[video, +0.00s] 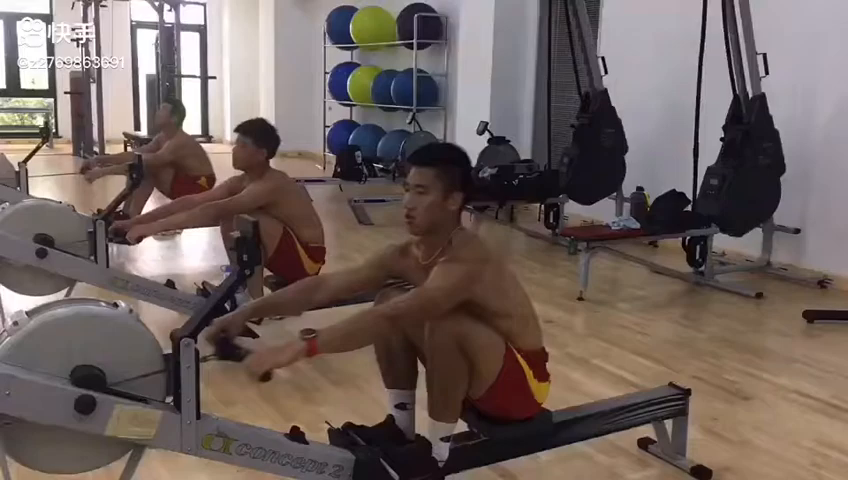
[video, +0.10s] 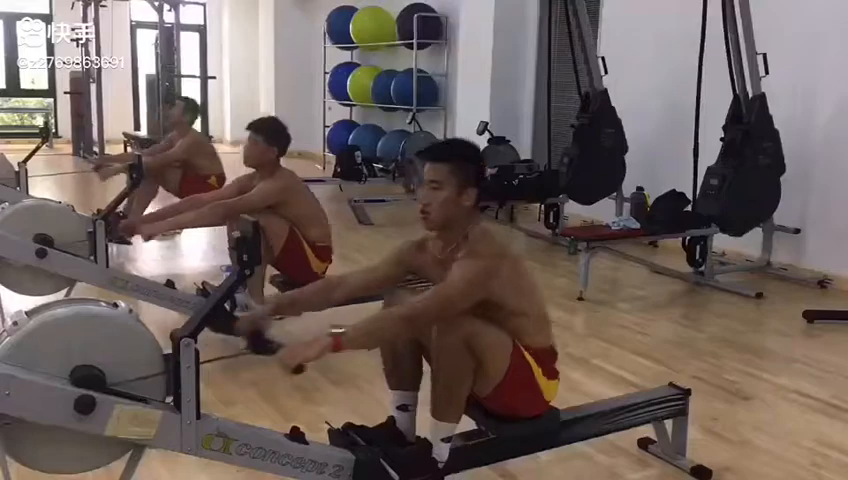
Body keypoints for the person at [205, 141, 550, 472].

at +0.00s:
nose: (407, 203)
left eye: (420, 193)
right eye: (406, 191)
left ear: (454, 201)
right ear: (404, 193)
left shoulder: (468, 260)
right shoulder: (405, 254)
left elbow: (394, 316)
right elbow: (322, 287)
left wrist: (302, 346)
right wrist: (246, 313)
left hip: (518, 391)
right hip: (471, 380)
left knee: (446, 326)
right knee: (390, 302)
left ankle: (439, 448)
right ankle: (401, 430)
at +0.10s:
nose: (421, 199)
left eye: (435, 188)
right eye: (421, 187)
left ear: (469, 196)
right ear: (418, 191)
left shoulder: (487, 256)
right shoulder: (420, 251)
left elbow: (418, 317)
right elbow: (341, 286)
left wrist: (328, 342)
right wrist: (269, 310)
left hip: (529, 389)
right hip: (478, 382)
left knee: (450, 326)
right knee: (397, 309)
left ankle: (435, 454)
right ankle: (402, 430)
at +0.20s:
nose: (457, 191)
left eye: (469, 182)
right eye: (456, 180)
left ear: (500, 190)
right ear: (452, 182)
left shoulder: (521, 250)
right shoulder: (456, 242)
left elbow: (462, 313)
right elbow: (390, 285)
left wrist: (380, 337)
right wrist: (321, 304)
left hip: (548, 380)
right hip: (500, 370)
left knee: (465, 329)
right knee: (416, 304)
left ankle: (434, 457)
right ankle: (403, 432)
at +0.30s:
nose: (498, 184)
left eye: (511, 174)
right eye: (497, 173)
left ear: (542, 183)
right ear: (494, 177)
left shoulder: (559, 245)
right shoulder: (495, 236)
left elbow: (503, 306)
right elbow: (427, 276)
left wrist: (429, 331)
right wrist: (362, 296)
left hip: (574, 371)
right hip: (531, 351)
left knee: (489, 336)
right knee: (436, 309)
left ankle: (438, 455)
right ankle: (403, 433)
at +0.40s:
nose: (544, 176)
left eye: (557, 167)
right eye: (543, 166)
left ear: (588, 176)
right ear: (541, 170)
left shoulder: (600, 234)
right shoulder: (536, 225)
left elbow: (544, 299)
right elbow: (468, 269)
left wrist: (479, 320)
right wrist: (413, 282)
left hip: (597, 362)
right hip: (557, 343)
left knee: (512, 343)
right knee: (452, 324)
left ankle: (438, 459)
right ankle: (402, 435)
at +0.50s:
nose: (598, 171)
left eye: (611, 163)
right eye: (595, 161)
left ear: (636, 172)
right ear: (587, 166)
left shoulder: (644, 232)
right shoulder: (575, 222)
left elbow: (590, 288)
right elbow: (510, 263)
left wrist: (530, 302)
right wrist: (456, 274)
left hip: (620, 357)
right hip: (580, 337)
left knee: (531, 359)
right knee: (479, 337)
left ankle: (438, 462)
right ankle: (402, 435)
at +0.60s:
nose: (640, 176)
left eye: (653, 169)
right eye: (639, 167)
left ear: (679, 177)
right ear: (635, 170)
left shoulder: (684, 237)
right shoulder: (617, 224)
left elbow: (634, 284)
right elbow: (551, 258)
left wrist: (577, 292)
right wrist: (501, 272)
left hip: (638, 353)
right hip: (596, 330)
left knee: (546, 376)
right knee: (499, 355)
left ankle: (441, 462)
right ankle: (404, 436)